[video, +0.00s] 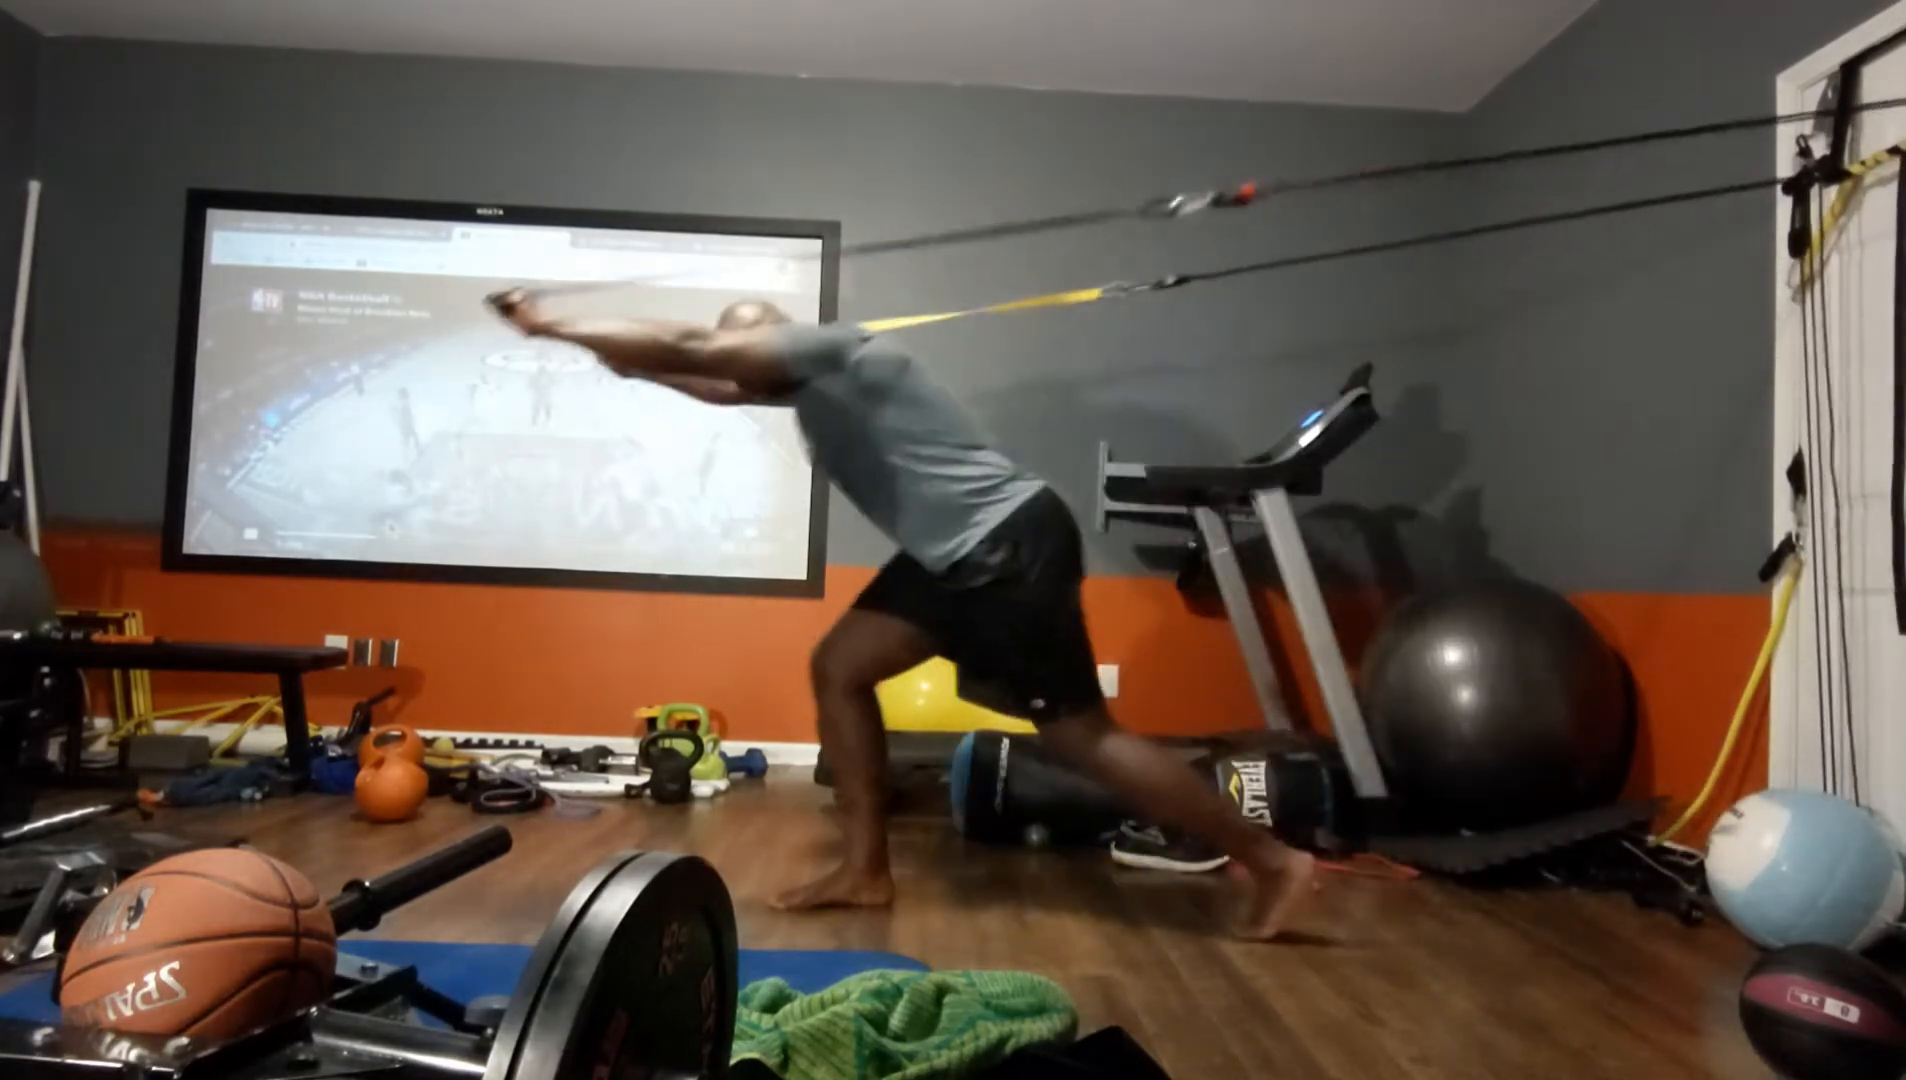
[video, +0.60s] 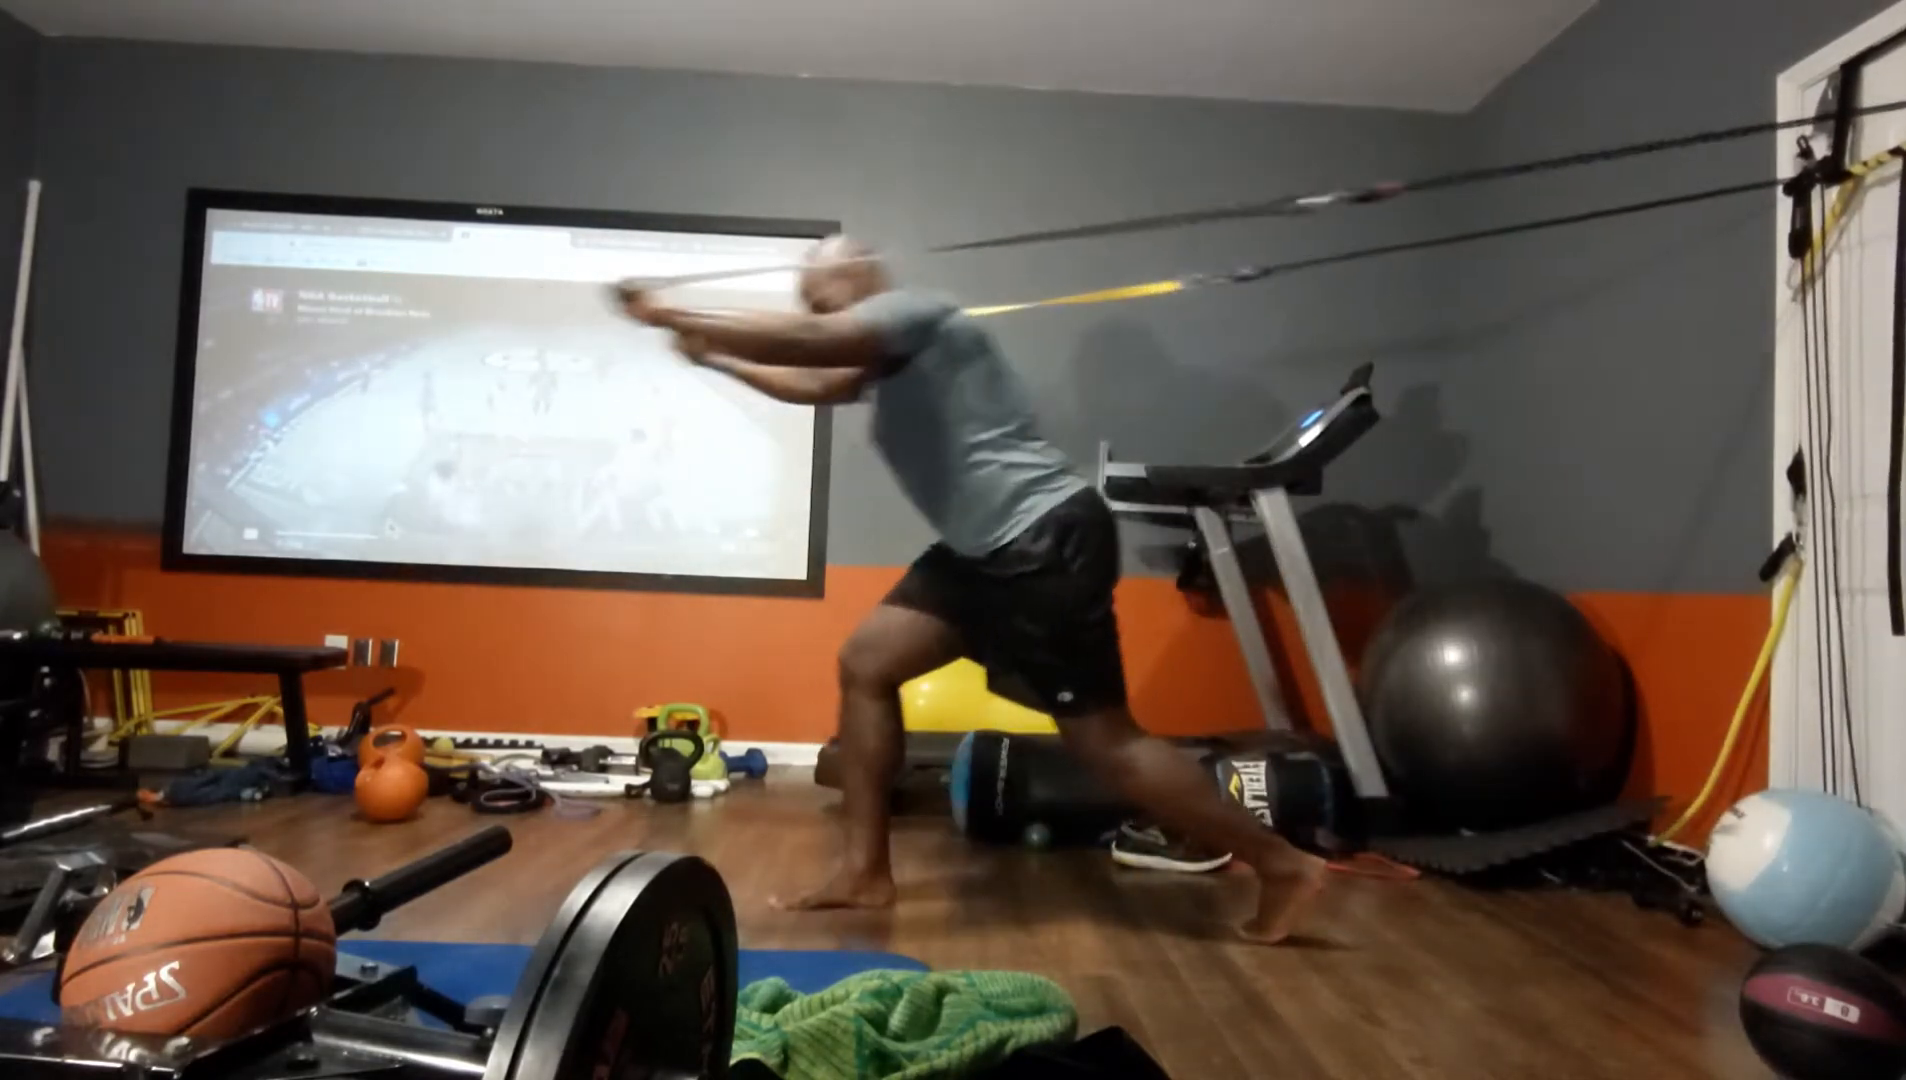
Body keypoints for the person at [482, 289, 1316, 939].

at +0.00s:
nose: (723, 375)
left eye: (725, 353)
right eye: (716, 360)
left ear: (761, 329)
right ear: (760, 339)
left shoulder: (835, 350)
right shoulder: (822, 382)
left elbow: (698, 352)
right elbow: (702, 381)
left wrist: (564, 327)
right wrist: (588, 345)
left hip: (1013, 544)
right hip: (943, 559)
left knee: (1084, 742)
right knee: (838, 667)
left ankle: (1273, 861)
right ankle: (860, 871)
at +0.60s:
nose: (812, 304)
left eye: (819, 288)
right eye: (808, 294)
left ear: (862, 277)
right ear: (836, 298)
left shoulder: (921, 314)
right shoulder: (880, 367)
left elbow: (809, 339)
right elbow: (803, 384)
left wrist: (671, 316)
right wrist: (710, 353)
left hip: (1050, 540)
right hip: (978, 553)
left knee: (1108, 750)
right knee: (866, 666)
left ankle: (1282, 865)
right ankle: (862, 877)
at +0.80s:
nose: (934, 253)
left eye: (943, 233)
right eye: (928, 241)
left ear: (991, 215)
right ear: (957, 238)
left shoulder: (1047, 262)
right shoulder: (998, 315)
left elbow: (1054, 338)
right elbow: (992, 404)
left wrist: (915, 334)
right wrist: (904, 379)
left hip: (1128, 500)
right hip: (1059, 521)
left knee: (1172, 720)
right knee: (972, 678)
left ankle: (1306, 874)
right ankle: (886, 869)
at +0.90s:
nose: (987, 240)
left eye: (994, 218)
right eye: (981, 226)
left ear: (1047, 200)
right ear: (1018, 217)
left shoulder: (1100, 253)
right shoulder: (1055, 304)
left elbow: (1142, 340)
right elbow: (1069, 409)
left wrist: (1019, 344)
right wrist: (984, 387)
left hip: (1177, 502)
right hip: (1110, 517)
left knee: (1202, 710)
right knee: (1016, 664)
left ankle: (1321, 885)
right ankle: (979, 864)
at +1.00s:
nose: (1028, 231)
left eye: (1035, 210)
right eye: (1022, 217)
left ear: (1084, 189)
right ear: (1074, 197)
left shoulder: (1147, 249)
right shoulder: (1103, 292)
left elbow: (1227, 338)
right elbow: (1135, 408)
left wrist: (1105, 355)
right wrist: (1058, 398)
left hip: (1219, 494)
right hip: (1152, 507)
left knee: (1221, 708)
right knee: (1062, 653)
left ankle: (1325, 886)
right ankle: (1099, 857)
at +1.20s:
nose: (1102, 207)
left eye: (1113, 185)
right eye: (1099, 192)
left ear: (1166, 174)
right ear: (1149, 185)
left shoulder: (1227, 237)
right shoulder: (1167, 282)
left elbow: (1330, 323)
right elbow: (1207, 387)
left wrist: (1231, 356)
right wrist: (1137, 389)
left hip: (1277, 490)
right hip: (1214, 501)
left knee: (1261, 697)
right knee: (1187, 681)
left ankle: (1333, 898)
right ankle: (1318, 813)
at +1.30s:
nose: (1139, 203)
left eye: (1150, 184)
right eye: (1136, 189)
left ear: (1202, 179)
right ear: (1171, 191)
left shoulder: (1261, 243)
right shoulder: (1195, 289)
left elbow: (1364, 332)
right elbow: (1225, 395)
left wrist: (1267, 363)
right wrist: (1151, 395)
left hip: (1301, 492)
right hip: (1250, 501)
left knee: (1270, 700)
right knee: (1266, 697)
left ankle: (1332, 900)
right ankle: (1398, 822)